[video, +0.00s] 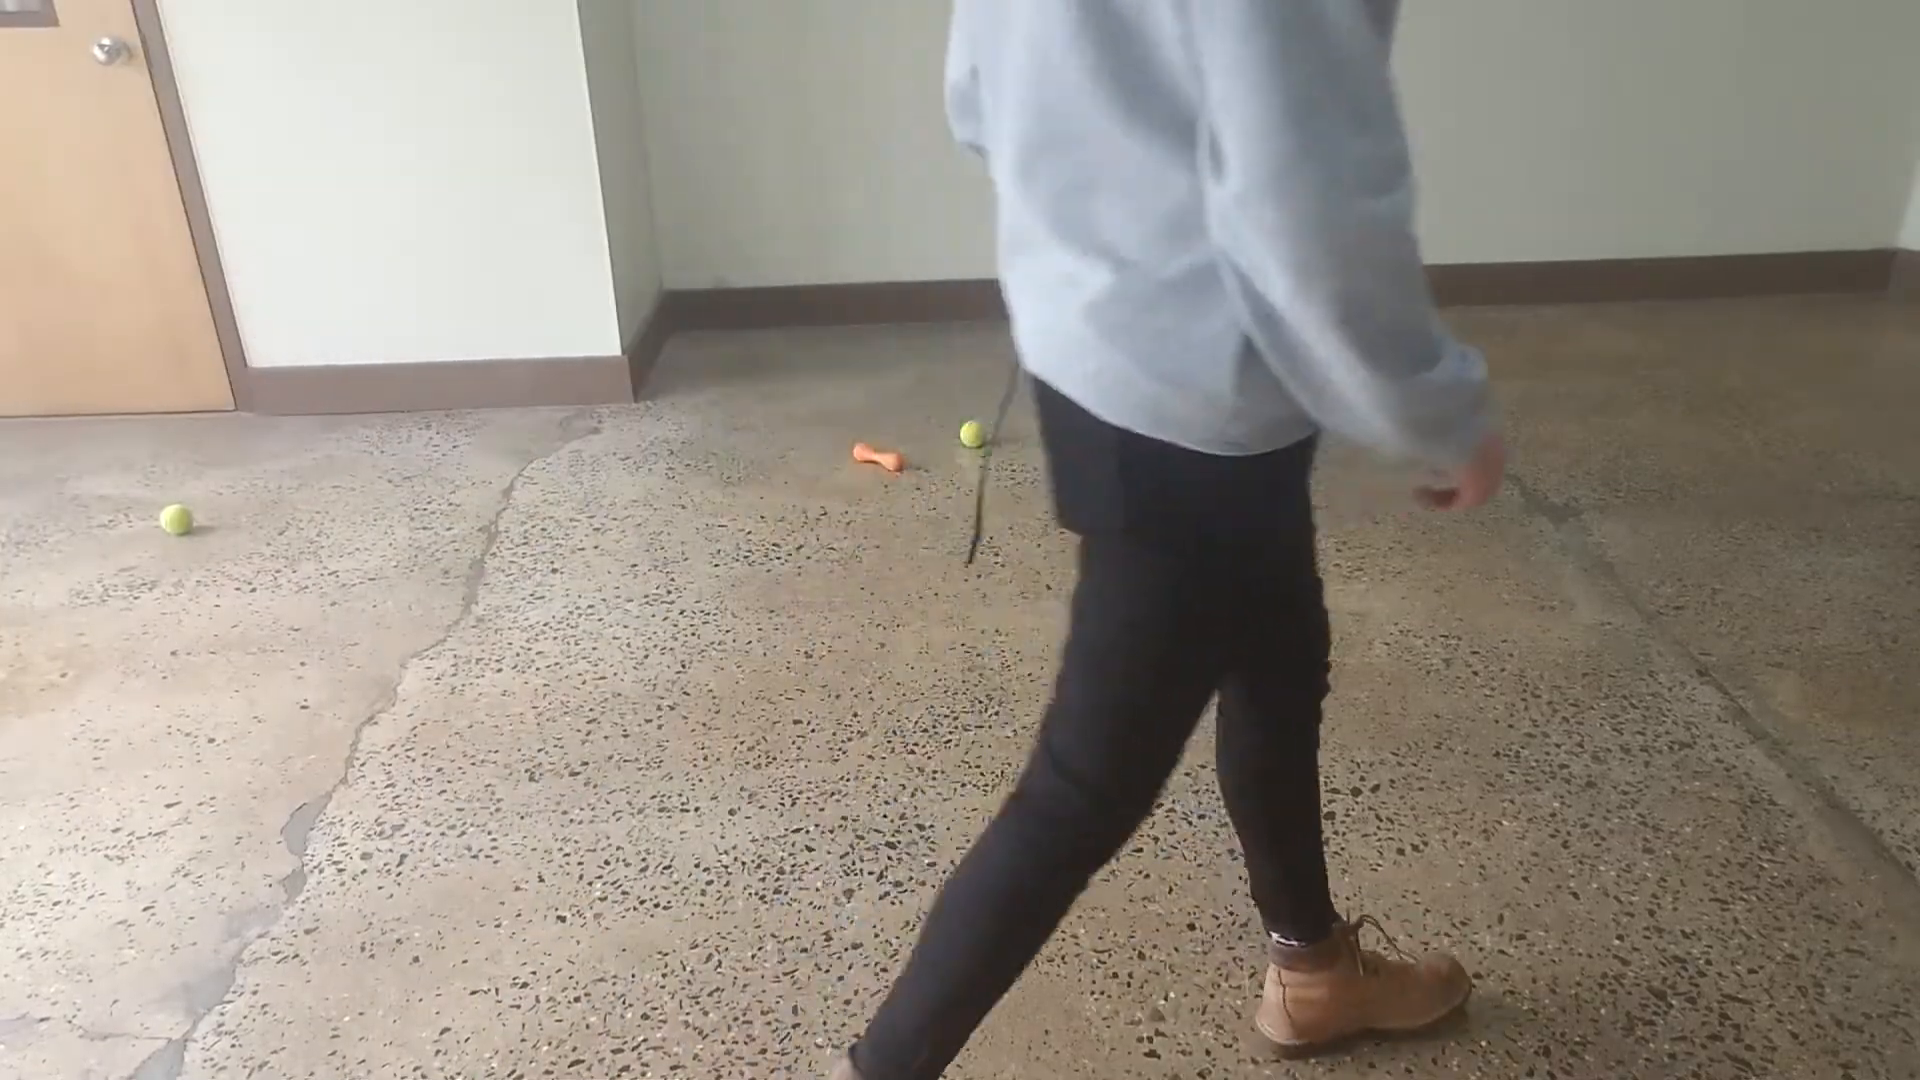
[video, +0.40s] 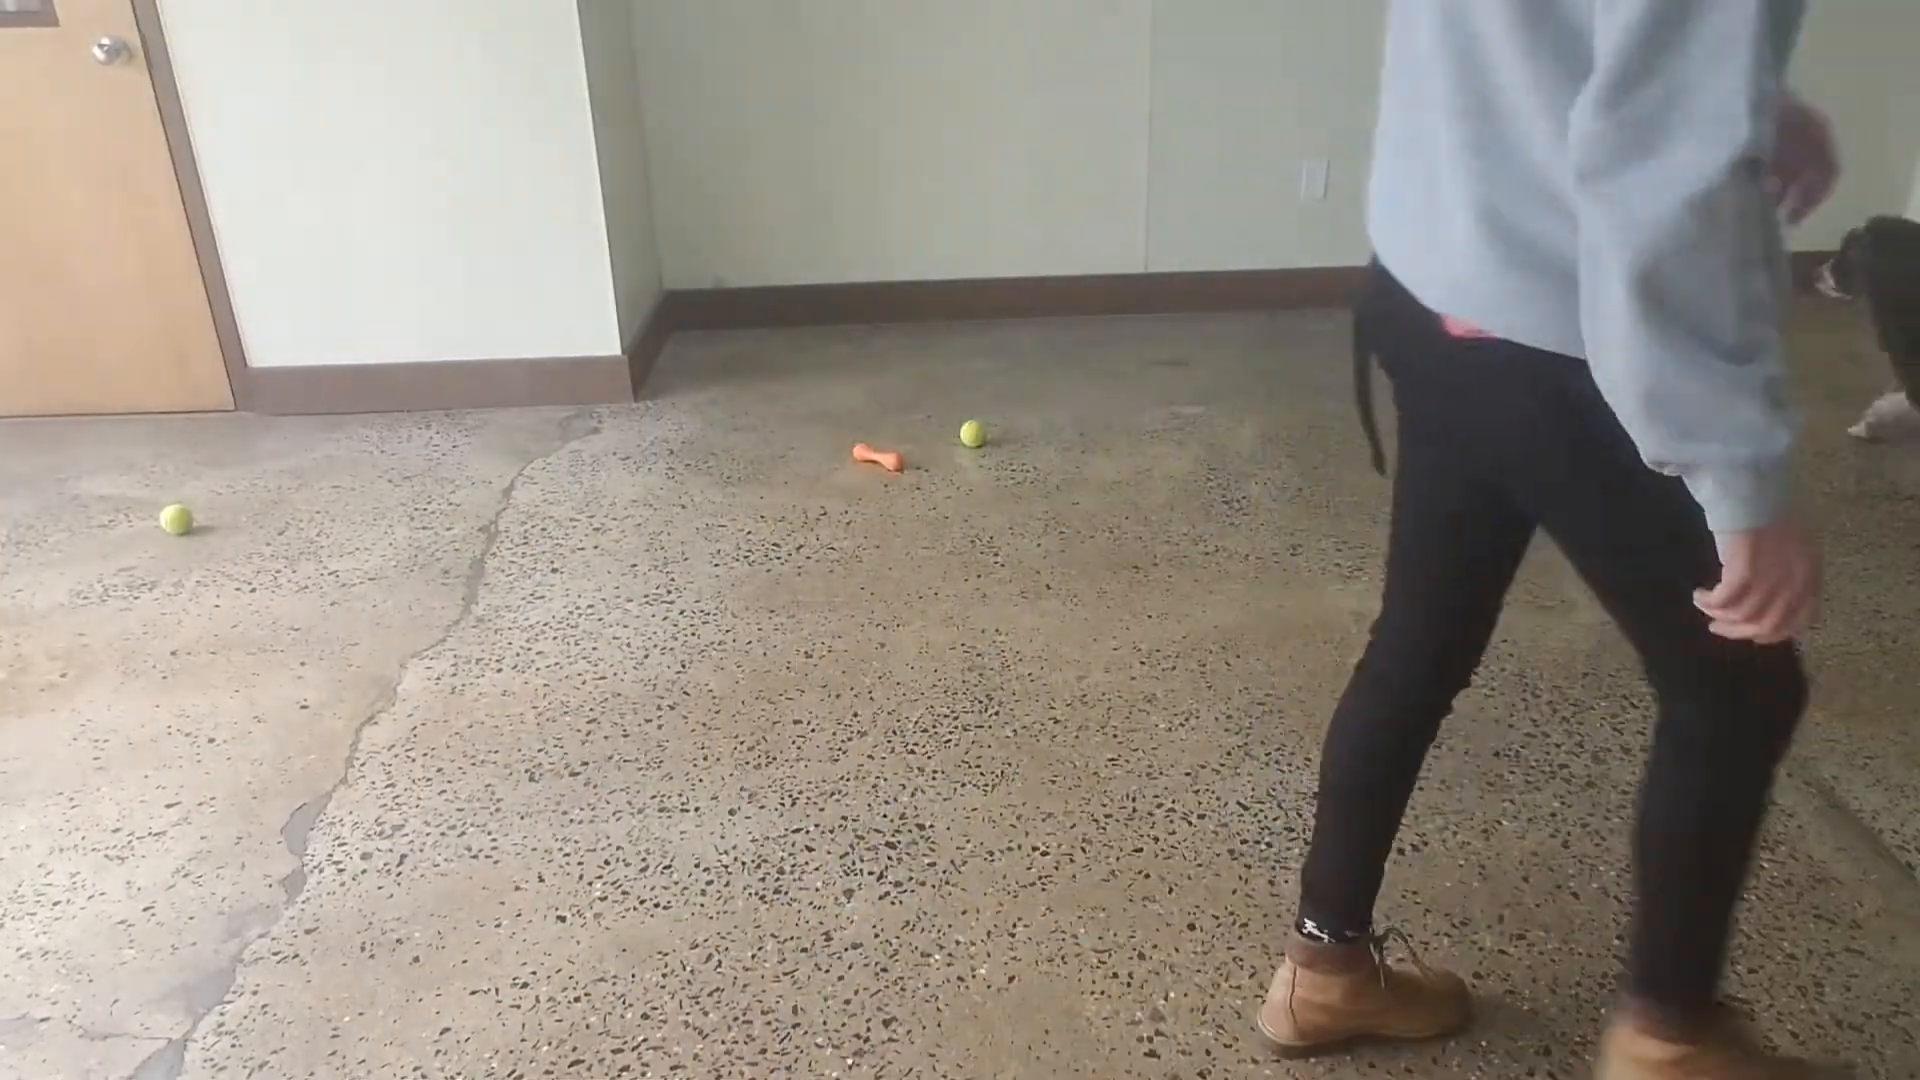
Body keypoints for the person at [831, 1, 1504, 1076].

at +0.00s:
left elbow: (981, 99)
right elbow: (1305, 195)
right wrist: (1442, 412)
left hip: (1079, 334)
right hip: (1198, 379)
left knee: (1276, 657)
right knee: (1082, 791)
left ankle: (1314, 964)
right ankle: (879, 1066)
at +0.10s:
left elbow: (1081, 85)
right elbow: (1423, 166)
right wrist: (1551, 394)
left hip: (1180, 312)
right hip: (1321, 353)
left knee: (1301, 670)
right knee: (1266, 781)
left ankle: (1318, 958)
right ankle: (973, 1040)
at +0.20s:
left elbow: (1195, 73)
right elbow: (1525, 159)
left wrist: (1266, 251)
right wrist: (1648, 407)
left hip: (1262, 286)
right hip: (1407, 333)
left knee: (1332, 644)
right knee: (1465, 741)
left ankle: (1320, 964)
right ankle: (1139, 985)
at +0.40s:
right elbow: (1663, 175)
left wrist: (1738, 105)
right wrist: (1750, 488)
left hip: (1428, 284)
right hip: (1561, 334)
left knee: (1416, 646)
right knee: (1736, 684)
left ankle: (1324, 961)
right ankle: (1667, 1021)